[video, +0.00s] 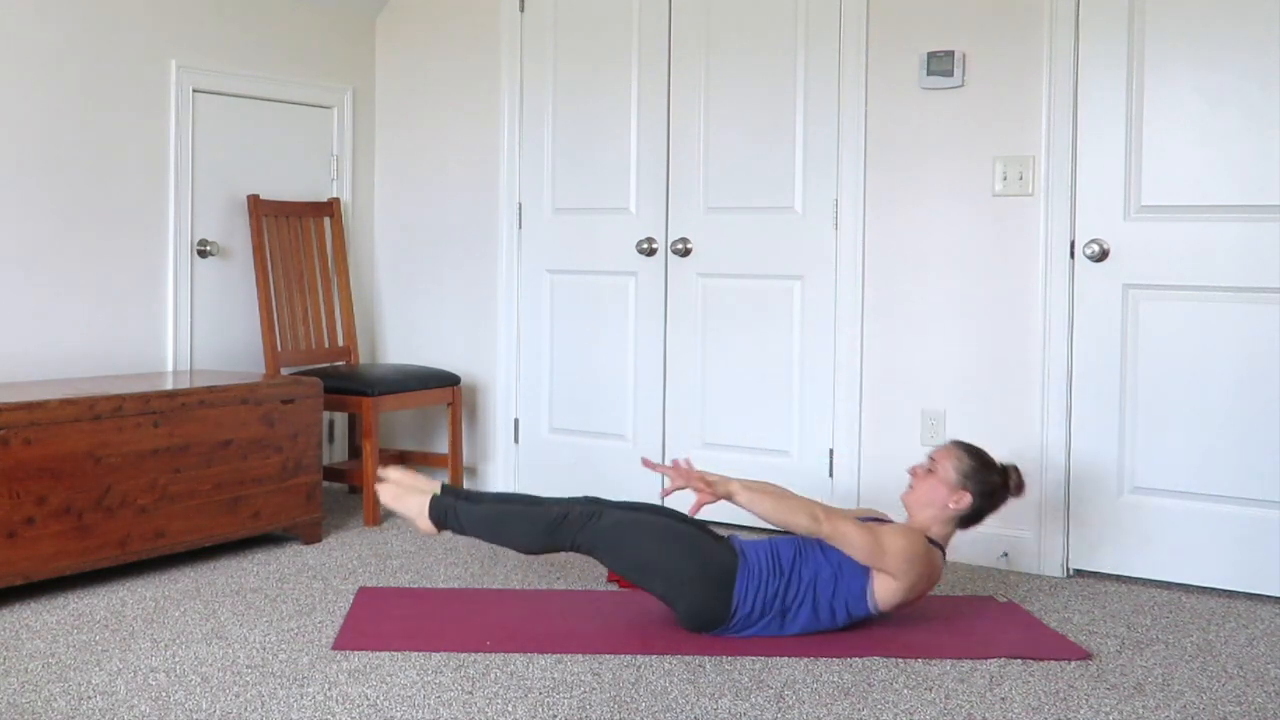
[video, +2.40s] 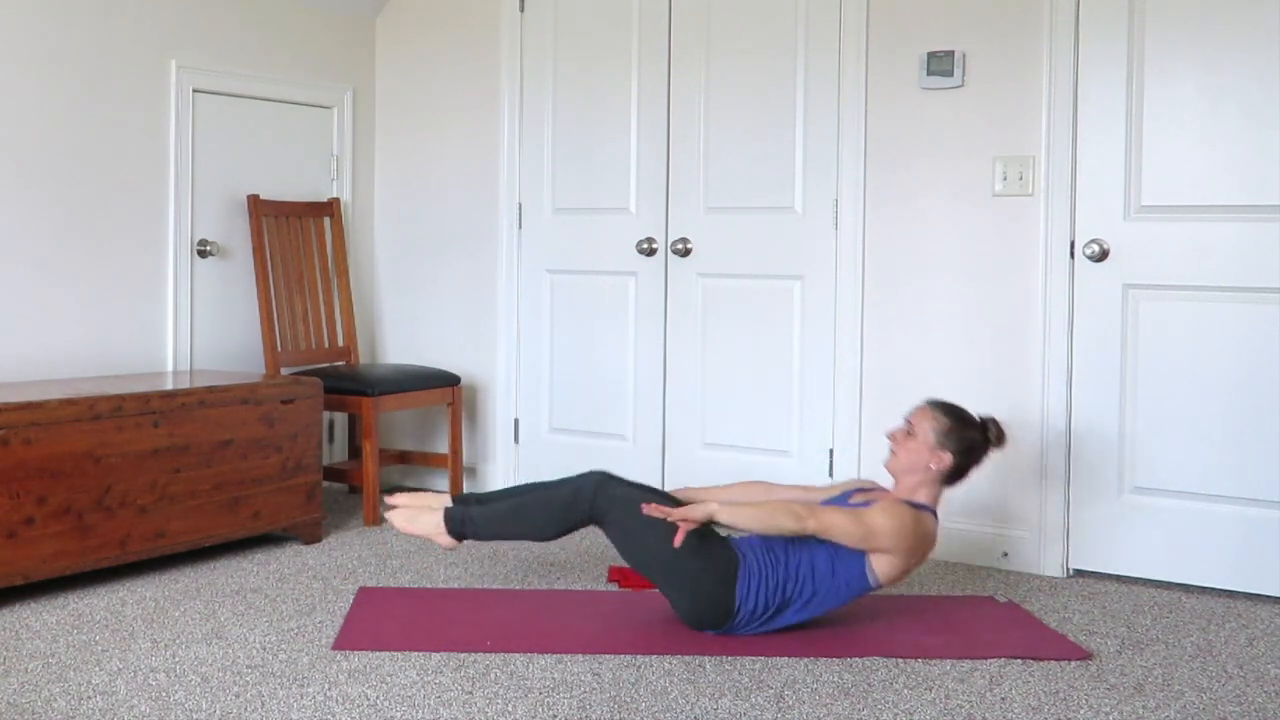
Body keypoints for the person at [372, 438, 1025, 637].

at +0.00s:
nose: (914, 475)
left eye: (931, 474)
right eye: (923, 465)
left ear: (958, 505)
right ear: (939, 492)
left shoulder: (910, 555)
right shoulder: (899, 534)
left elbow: (812, 519)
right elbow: (809, 516)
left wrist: (724, 486)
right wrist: (720, 488)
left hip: (728, 585)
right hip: (729, 569)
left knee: (583, 517)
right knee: (584, 513)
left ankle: (434, 505)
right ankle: (437, 500)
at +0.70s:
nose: (871, 427)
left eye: (886, 421)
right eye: (878, 416)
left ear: (919, 445)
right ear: (907, 439)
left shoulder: (888, 505)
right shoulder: (876, 491)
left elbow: (784, 496)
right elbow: (780, 492)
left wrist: (684, 489)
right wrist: (682, 486)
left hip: (726, 595)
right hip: (727, 570)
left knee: (595, 489)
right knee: (597, 485)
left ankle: (454, 546)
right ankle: (459, 537)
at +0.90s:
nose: (798, 373)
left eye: (810, 368)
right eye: (804, 364)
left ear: (843, 388)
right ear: (839, 390)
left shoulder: (831, 459)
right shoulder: (808, 442)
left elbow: (726, 485)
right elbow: (716, 462)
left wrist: (631, 501)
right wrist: (632, 494)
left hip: (716, 600)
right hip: (712, 580)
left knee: (638, 439)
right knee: (636, 437)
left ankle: (522, 526)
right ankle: (524, 516)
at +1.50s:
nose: (838, 393)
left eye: (852, 388)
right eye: (845, 383)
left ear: (885, 413)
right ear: (873, 409)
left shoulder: (865, 483)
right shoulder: (836, 465)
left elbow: (759, 498)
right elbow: (741, 475)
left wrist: (660, 502)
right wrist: (649, 490)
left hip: (716, 595)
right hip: (714, 570)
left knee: (619, 452)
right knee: (619, 450)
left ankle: (483, 514)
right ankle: (489, 509)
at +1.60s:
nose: (876, 425)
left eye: (891, 421)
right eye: (883, 415)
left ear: (920, 449)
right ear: (904, 439)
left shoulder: (887, 512)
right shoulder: (863, 488)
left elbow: (788, 513)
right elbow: (772, 489)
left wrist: (693, 507)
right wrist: (683, 485)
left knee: (596, 476)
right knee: (602, 471)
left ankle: (454, 513)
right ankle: (461, 509)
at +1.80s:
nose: (926, 485)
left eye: (943, 486)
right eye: (937, 478)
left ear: (966, 519)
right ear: (952, 507)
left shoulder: (914, 566)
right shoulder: (903, 543)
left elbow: (820, 532)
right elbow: (813, 524)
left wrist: (740, 498)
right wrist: (723, 494)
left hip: (732, 586)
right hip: (736, 565)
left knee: (594, 503)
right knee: (596, 500)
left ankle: (452, 472)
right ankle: (459, 470)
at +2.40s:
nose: (892, 438)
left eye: (910, 435)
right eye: (900, 428)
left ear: (940, 464)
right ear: (915, 450)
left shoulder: (907, 524)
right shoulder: (876, 494)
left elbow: (809, 524)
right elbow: (788, 496)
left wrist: (711, 514)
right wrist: (701, 496)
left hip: (729, 588)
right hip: (726, 565)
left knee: (597, 491)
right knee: (598, 487)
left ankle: (449, 520)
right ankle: (454, 514)